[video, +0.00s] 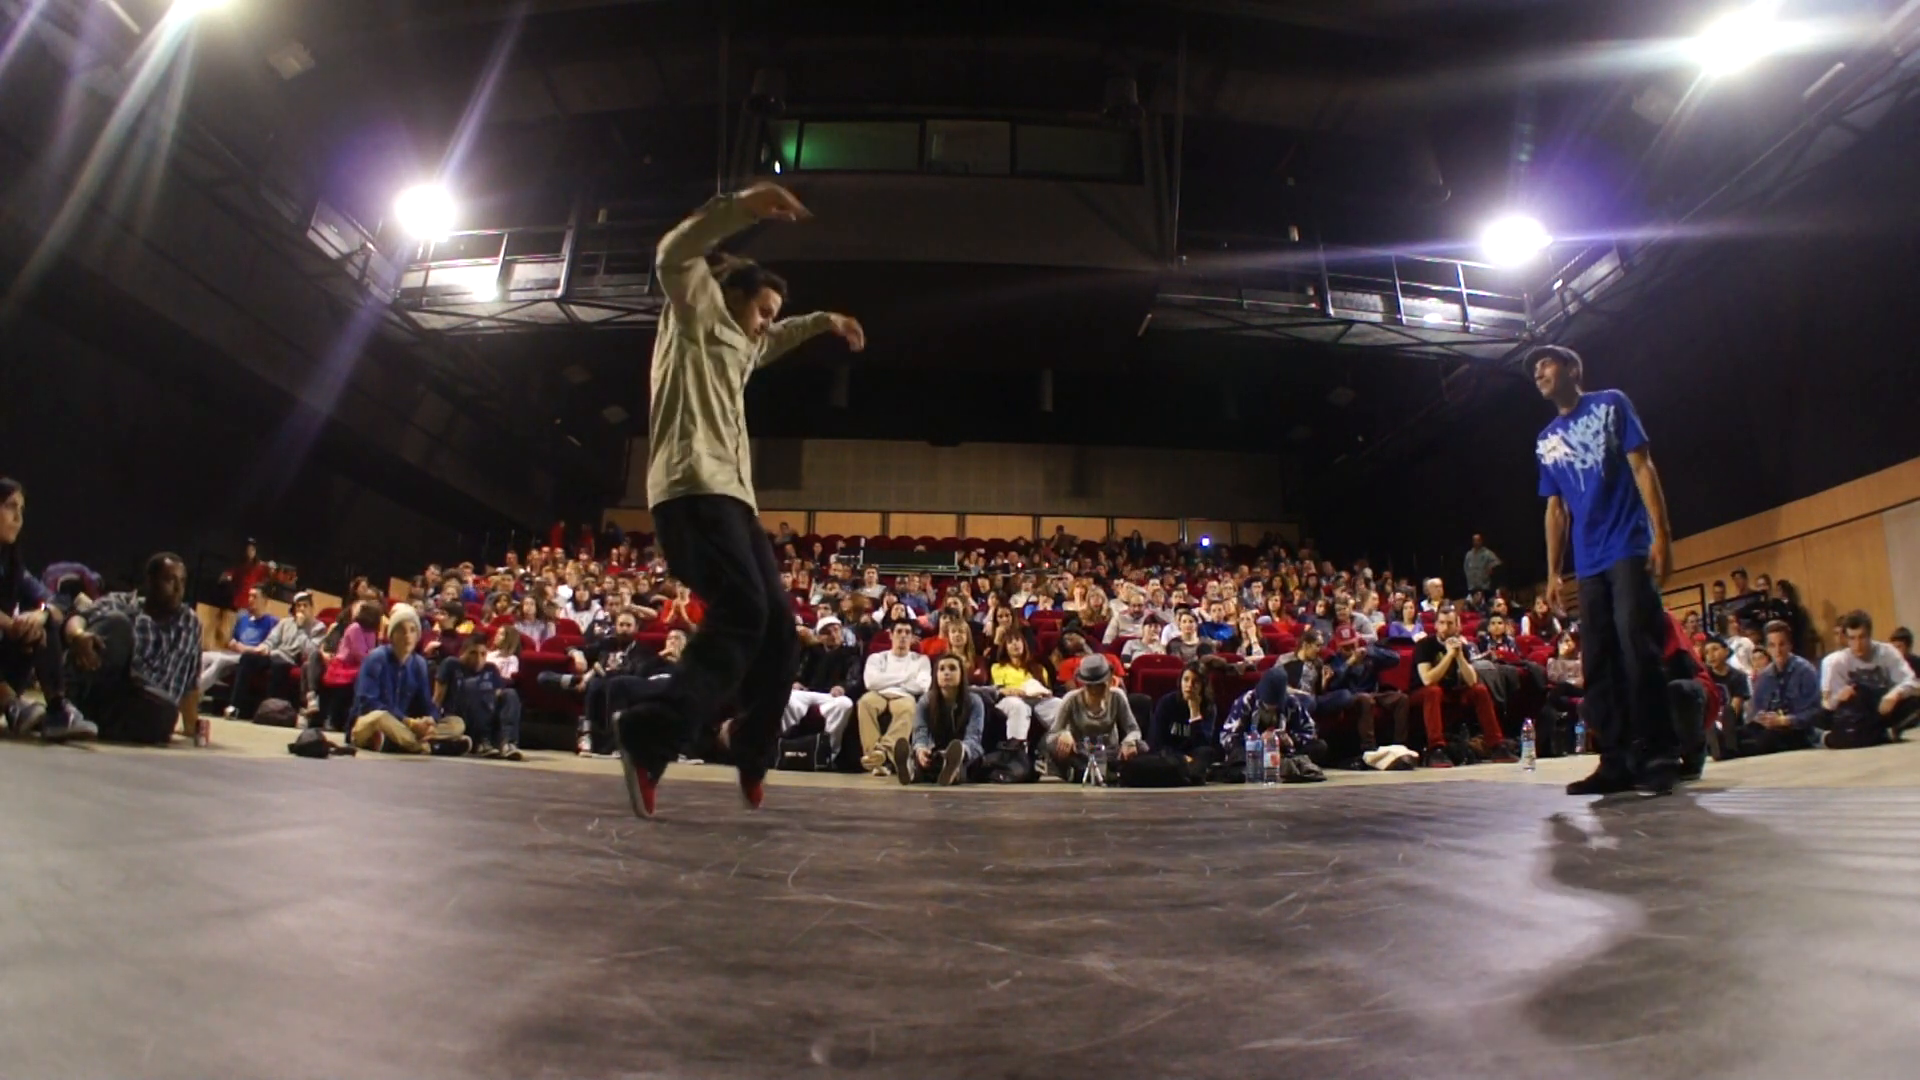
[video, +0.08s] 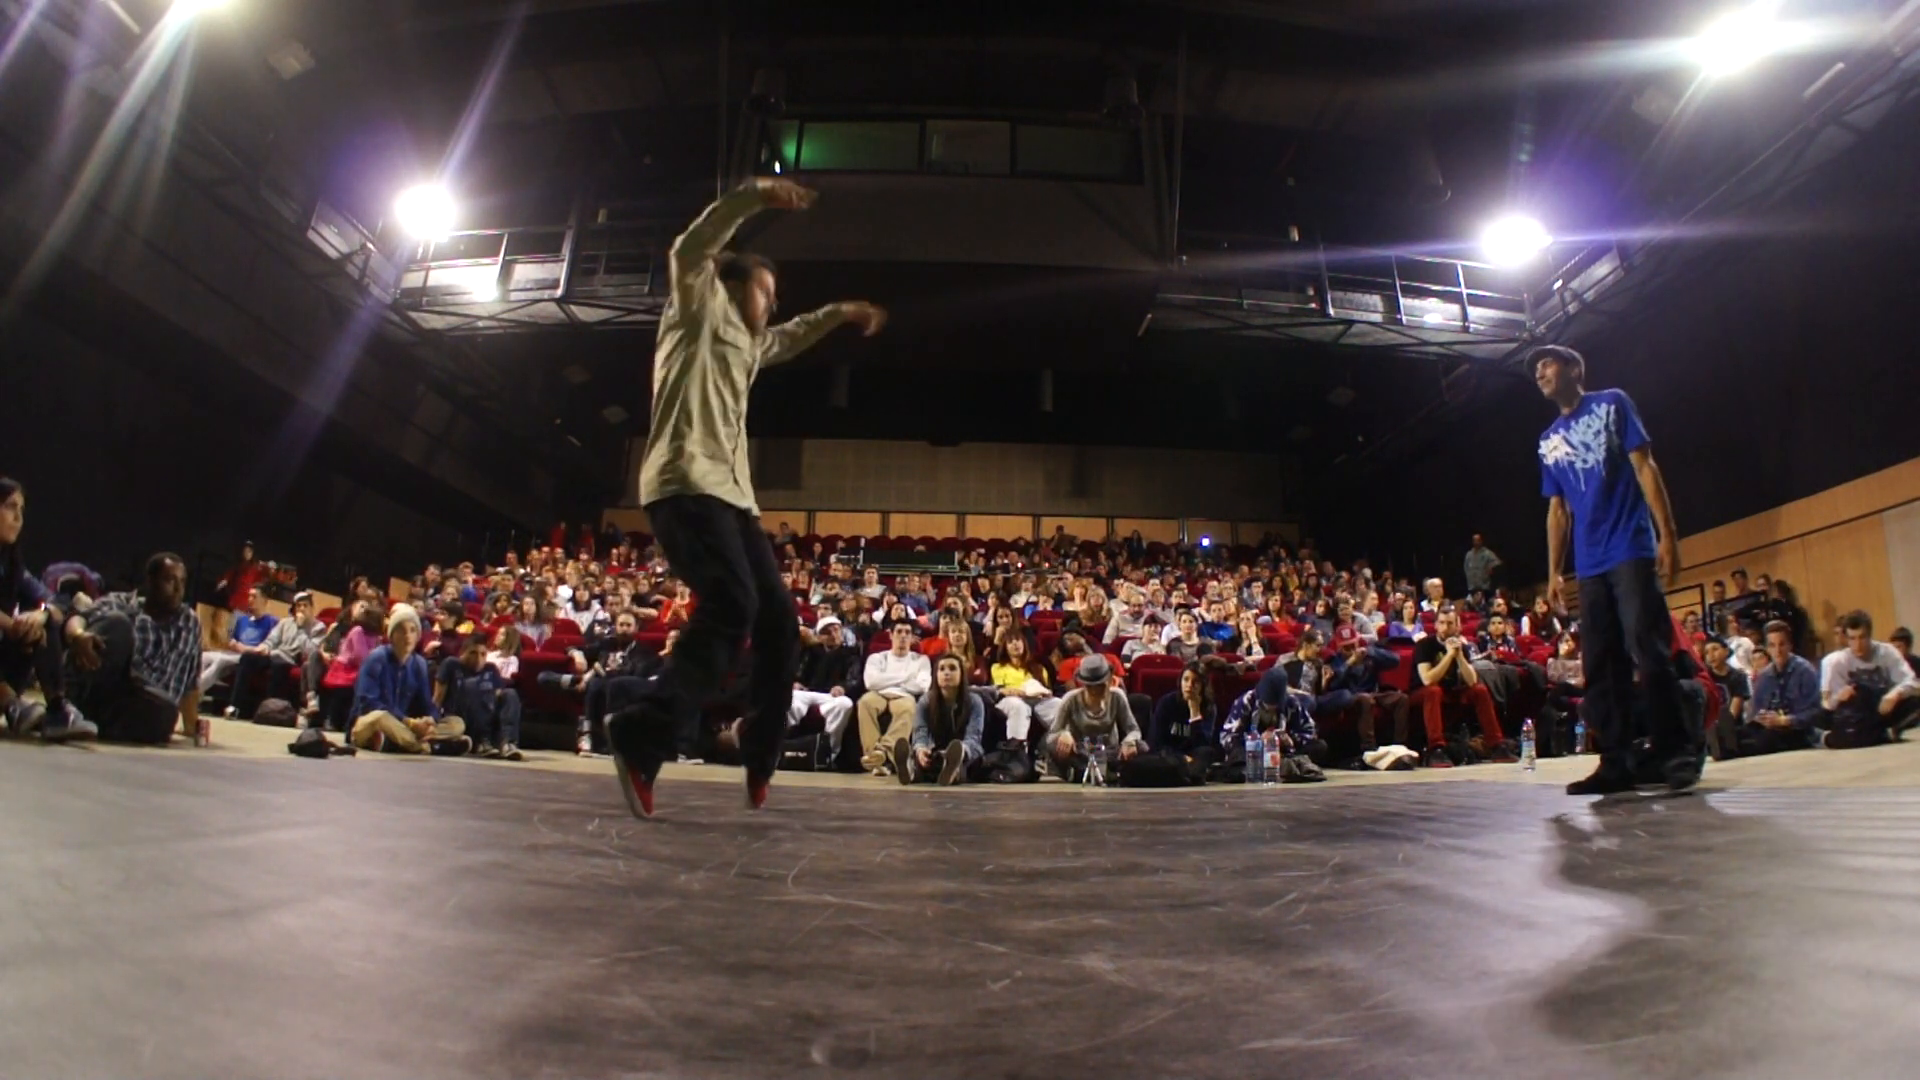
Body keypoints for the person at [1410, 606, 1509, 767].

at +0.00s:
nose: (1445, 628)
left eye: (1450, 623)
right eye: (1441, 623)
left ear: (1457, 626)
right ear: (1436, 624)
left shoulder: (1462, 646)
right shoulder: (1424, 645)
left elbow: (1471, 681)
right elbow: (1427, 678)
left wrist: (1459, 655)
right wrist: (1449, 655)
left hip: (1455, 692)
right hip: (1428, 693)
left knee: (1480, 690)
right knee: (1433, 691)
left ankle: (1497, 745)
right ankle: (1436, 749)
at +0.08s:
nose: (1445, 627)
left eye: (1450, 623)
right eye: (1441, 623)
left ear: (1457, 626)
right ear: (1436, 625)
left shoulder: (1462, 646)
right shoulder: (1424, 645)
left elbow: (1472, 681)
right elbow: (1427, 678)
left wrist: (1459, 655)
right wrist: (1449, 655)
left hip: (1455, 691)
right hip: (1429, 693)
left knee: (1480, 690)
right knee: (1433, 691)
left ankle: (1497, 745)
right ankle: (1436, 749)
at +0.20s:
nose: (1445, 628)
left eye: (1450, 623)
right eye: (1441, 623)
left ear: (1457, 626)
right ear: (1435, 624)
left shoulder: (1462, 646)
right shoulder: (1424, 645)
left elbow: (1471, 681)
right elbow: (1427, 678)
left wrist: (1459, 654)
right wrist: (1449, 655)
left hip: (1454, 691)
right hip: (1427, 693)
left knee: (1480, 691)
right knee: (1433, 691)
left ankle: (1497, 745)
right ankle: (1436, 749)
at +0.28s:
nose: (1445, 628)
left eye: (1450, 623)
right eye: (1441, 623)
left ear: (1457, 625)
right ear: (1436, 625)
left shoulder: (1462, 646)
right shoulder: (1424, 645)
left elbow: (1472, 681)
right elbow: (1427, 678)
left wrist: (1459, 654)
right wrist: (1449, 655)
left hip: (1455, 692)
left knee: (1480, 691)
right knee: (1433, 691)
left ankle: (1497, 745)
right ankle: (1437, 749)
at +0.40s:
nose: (1445, 628)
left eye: (1450, 623)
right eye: (1441, 623)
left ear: (1457, 626)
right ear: (1436, 624)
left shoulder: (1462, 646)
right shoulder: (1424, 645)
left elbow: (1471, 681)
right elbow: (1427, 678)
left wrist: (1459, 654)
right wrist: (1449, 655)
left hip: (1454, 693)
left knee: (1480, 691)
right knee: (1433, 691)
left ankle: (1497, 745)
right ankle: (1437, 749)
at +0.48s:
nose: (1445, 628)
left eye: (1450, 623)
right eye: (1441, 623)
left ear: (1457, 626)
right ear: (1436, 624)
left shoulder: (1462, 646)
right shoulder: (1424, 645)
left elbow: (1471, 681)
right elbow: (1427, 678)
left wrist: (1459, 654)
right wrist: (1449, 655)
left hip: (1454, 693)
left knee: (1480, 691)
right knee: (1433, 691)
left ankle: (1497, 745)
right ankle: (1437, 749)